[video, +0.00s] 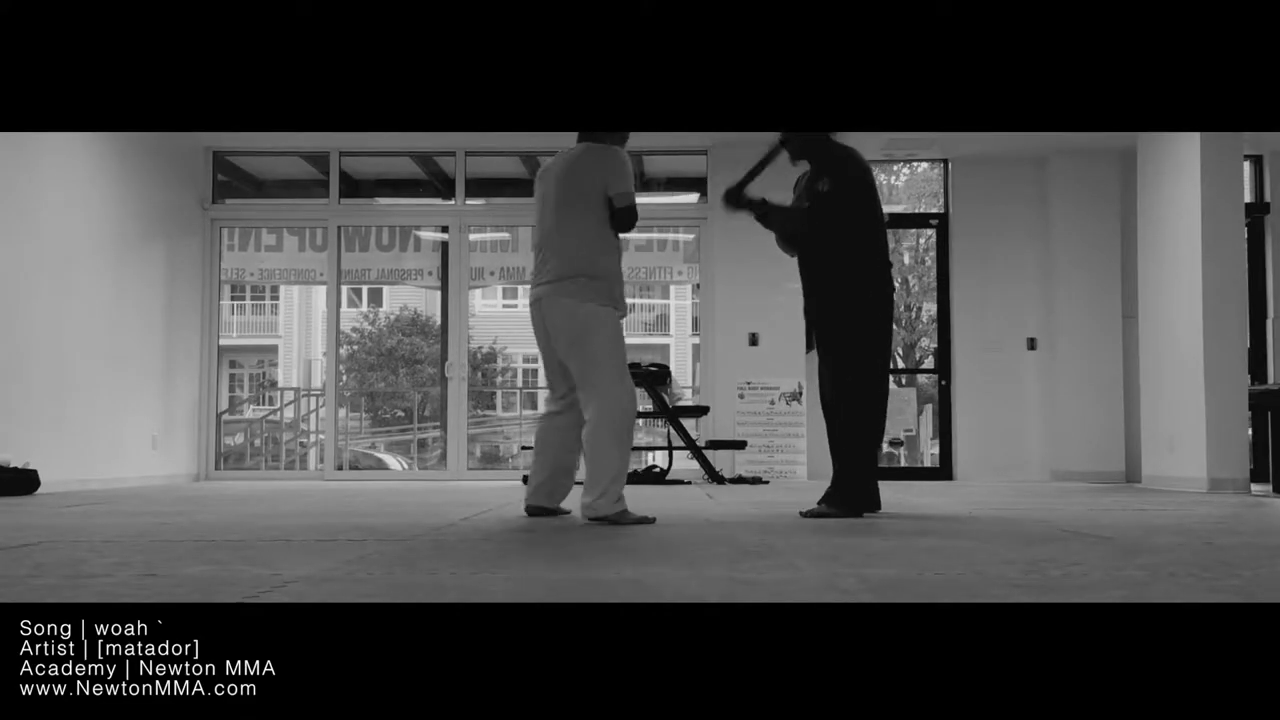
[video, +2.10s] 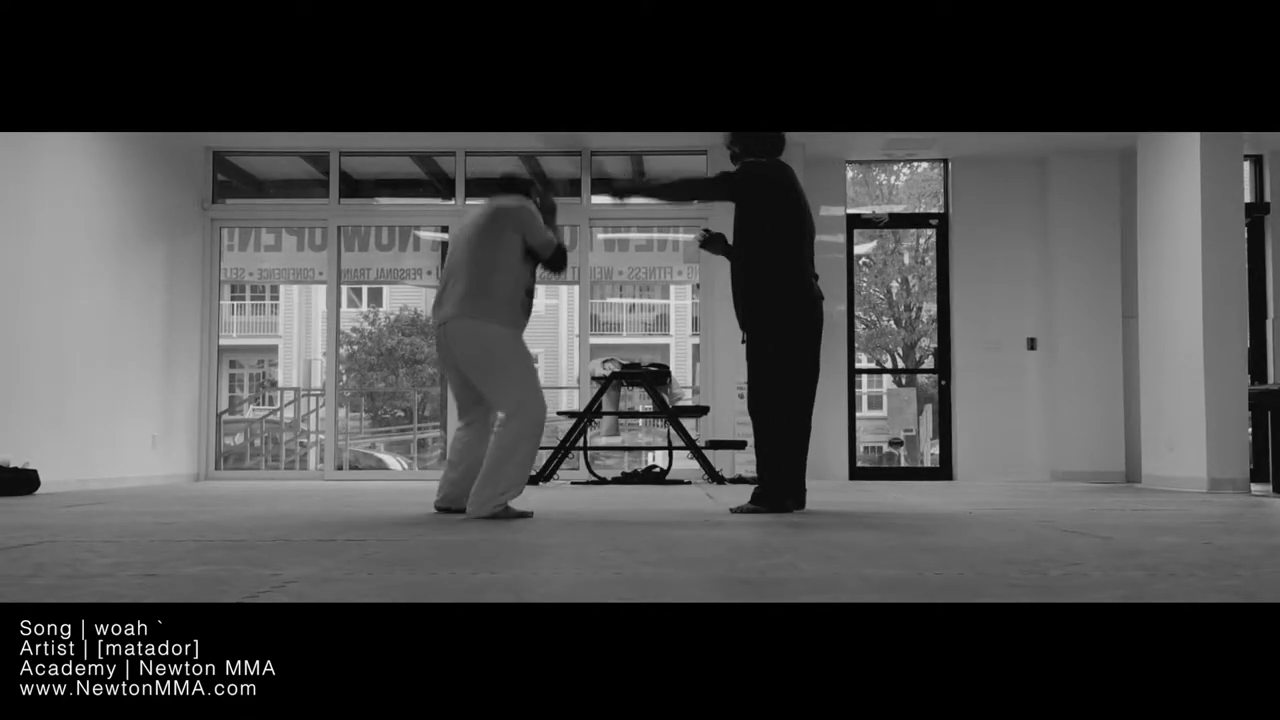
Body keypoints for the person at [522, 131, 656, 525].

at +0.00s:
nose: (627, 143)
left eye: (626, 139)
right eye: (626, 139)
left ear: (581, 133)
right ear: (619, 135)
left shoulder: (549, 168)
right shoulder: (611, 156)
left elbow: (553, 220)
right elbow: (625, 219)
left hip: (544, 298)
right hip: (586, 298)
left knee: (564, 398)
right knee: (612, 398)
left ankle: (542, 498)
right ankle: (604, 504)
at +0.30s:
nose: (607, 144)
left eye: (607, 139)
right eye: (606, 138)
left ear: (557, 135)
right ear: (594, 136)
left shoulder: (526, 169)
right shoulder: (587, 161)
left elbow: (546, 223)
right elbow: (593, 227)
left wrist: (594, 174)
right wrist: (613, 212)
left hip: (518, 300)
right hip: (559, 298)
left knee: (542, 396)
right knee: (589, 391)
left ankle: (537, 494)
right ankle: (556, 491)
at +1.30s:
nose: (565, 175)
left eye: (566, 169)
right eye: (562, 168)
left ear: (528, 161)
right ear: (547, 164)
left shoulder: (507, 188)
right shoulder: (526, 187)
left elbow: (557, 241)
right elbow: (554, 243)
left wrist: (571, 203)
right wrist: (573, 202)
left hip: (493, 321)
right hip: (517, 320)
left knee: (520, 406)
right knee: (541, 398)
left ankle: (511, 490)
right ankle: (515, 492)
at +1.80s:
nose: (545, 160)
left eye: (547, 152)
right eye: (541, 150)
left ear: (519, 150)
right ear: (521, 148)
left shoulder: (519, 185)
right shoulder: (489, 176)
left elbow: (561, 218)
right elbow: (525, 230)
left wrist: (558, 177)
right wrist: (549, 183)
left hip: (518, 316)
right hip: (494, 315)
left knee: (521, 404)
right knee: (507, 403)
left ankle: (498, 487)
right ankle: (496, 497)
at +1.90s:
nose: (548, 166)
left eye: (549, 157)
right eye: (546, 156)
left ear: (511, 146)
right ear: (527, 150)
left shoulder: (489, 176)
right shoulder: (501, 174)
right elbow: (548, 216)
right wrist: (545, 174)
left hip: (488, 312)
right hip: (494, 313)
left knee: (503, 400)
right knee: (514, 403)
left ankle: (471, 478)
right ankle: (501, 501)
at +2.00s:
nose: (543, 180)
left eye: (542, 173)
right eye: (541, 173)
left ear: (502, 161)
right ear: (529, 167)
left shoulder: (477, 189)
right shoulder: (513, 179)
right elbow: (556, 223)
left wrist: (543, 209)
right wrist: (549, 191)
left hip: (466, 314)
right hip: (494, 313)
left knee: (489, 400)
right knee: (525, 399)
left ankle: (458, 486)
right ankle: (498, 498)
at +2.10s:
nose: (539, 209)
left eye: (538, 204)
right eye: (537, 203)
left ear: (498, 192)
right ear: (528, 195)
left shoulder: (469, 220)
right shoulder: (519, 209)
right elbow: (555, 257)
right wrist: (550, 230)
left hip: (448, 325)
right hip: (485, 324)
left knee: (474, 414)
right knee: (528, 409)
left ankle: (452, 496)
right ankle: (490, 502)